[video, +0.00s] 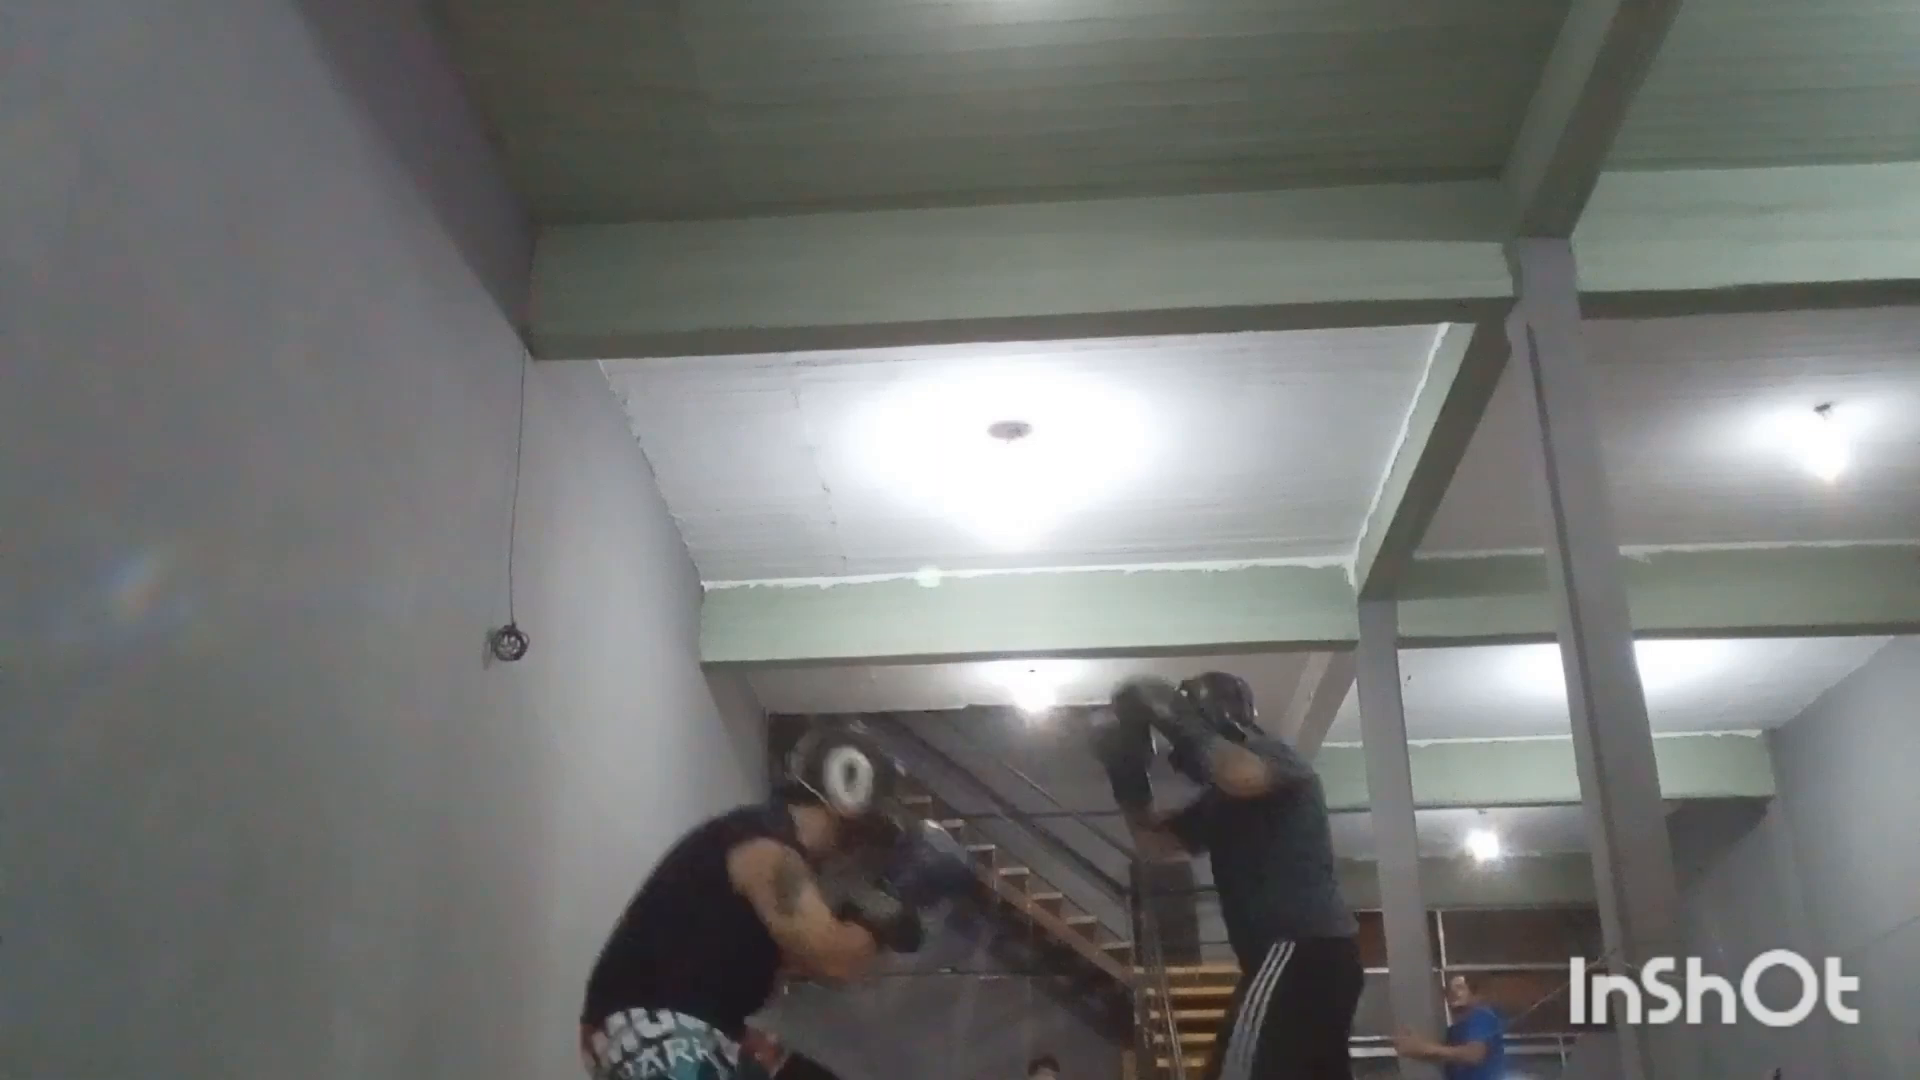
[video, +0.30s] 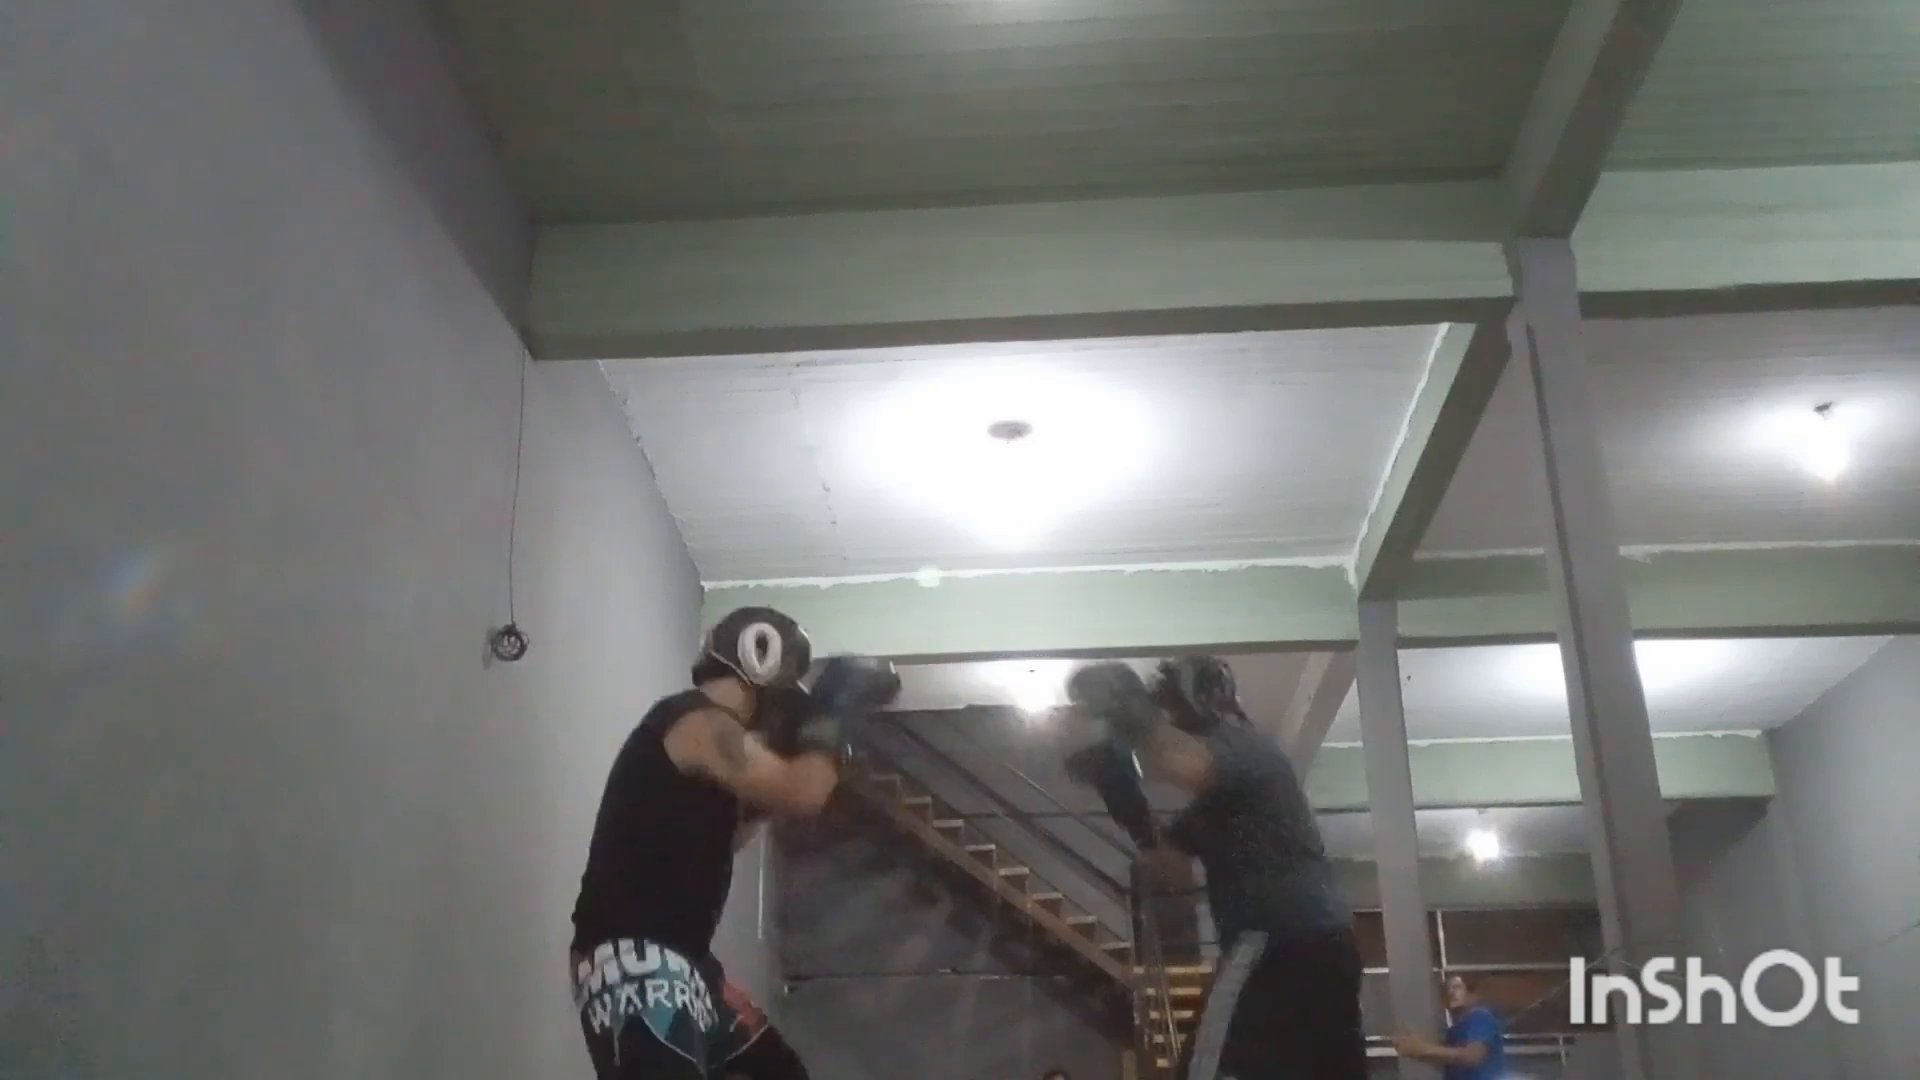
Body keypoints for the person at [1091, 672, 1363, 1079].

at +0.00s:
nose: (1179, 729)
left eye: (1187, 718)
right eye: (1180, 721)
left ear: (1211, 716)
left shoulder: (1277, 756)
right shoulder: (1227, 796)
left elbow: (1242, 777)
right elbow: (1154, 842)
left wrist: (1178, 718)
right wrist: (1126, 766)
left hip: (1305, 951)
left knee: (1241, 1069)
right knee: (1321, 1073)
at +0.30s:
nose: (1164, 719)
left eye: (1168, 705)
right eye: (1161, 708)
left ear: (1191, 701)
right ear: (1221, 698)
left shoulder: (1238, 744)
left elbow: (1186, 764)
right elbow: (1166, 856)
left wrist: (1127, 710)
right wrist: (1113, 776)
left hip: (1281, 944)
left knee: (1212, 1069)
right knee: (1328, 1070)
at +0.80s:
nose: (1152, 717)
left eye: (1157, 700)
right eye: (1150, 704)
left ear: (1191, 685)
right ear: (1206, 684)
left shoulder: (1219, 714)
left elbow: (1235, 775)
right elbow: (1195, 846)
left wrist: (1149, 783)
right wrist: (1147, 808)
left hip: (1250, 922)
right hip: (1312, 923)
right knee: (1323, 1066)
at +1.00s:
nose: (1134, 711)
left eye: (1136, 700)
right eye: (1133, 703)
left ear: (1153, 689)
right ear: (1203, 680)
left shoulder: (1187, 719)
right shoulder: (1241, 727)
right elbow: (1176, 831)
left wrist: (1068, 727)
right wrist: (1123, 787)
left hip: (1247, 935)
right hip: (1322, 930)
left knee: (1171, 1064)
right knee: (1331, 1067)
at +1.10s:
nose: (1124, 700)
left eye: (1125, 690)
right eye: (1124, 692)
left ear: (1140, 681)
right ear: (1200, 677)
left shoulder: (1153, 716)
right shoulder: (1250, 727)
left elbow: (1079, 778)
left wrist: (1057, 736)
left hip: (1213, 924)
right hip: (1305, 923)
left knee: (1153, 1059)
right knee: (1322, 1062)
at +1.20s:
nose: (1130, 698)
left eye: (1131, 687)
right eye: (1129, 687)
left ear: (1146, 676)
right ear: (1202, 674)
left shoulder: (1156, 716)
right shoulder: (1257, 722)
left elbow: (1100, 793)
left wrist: (1049, 767)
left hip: (1201, 929)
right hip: (1297, 925)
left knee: (1163, 1068)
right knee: (1314, 1070)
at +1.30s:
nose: (1133, 717)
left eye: (1134, 706)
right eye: (1132, 707)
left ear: (1146, 699)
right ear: (1206, 694)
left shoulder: (1158, 736)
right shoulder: (1261, 744)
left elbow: (1117, 823)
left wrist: (1076, 789)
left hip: (1189, 949)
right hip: (1284, 947)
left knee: (1120, 1066)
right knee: (1306, 1071)